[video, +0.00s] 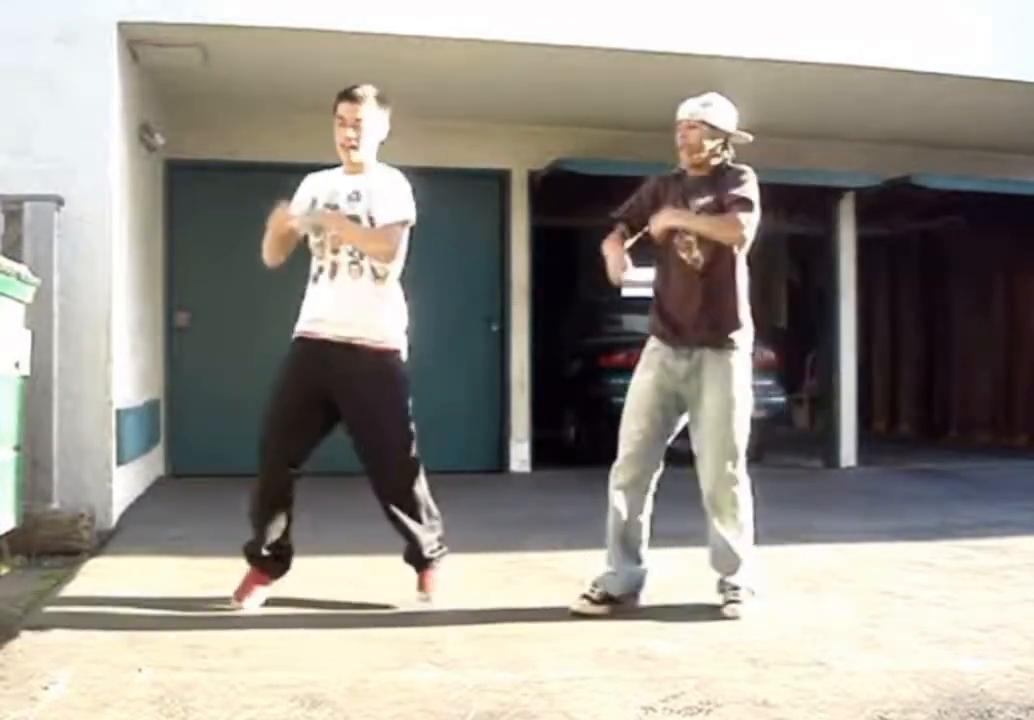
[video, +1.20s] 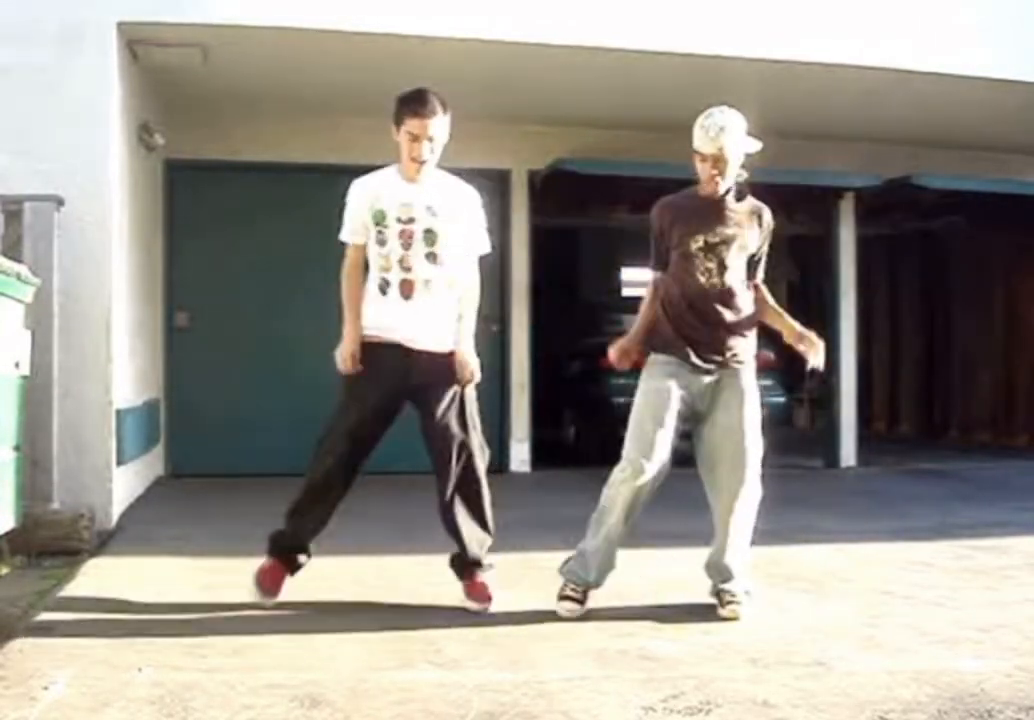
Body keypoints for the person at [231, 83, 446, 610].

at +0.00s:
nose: (349, 134)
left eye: (360, 125)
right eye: (343, 124)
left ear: (381, 130)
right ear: (334, 127)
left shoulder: (391, 186)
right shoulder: (314, 186)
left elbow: (388, 250)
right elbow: (274, 258)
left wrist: (327, 221)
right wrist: (279, 230)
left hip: (375, 351)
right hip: (314, 344)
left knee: (394, 466)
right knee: (277, 453)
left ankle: (427, 556)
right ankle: (266, 562)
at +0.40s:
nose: (342, 125)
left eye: (352, 117)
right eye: (335, 116)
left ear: (370, 124)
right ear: (323, 122)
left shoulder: (386, 183)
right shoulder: (307, 186)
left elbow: (390, 258)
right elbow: (293, 270)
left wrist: (317, 242)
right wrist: (286, 246)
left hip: (366, 349)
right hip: (307, 342)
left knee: (383, 470)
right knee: (274, 453)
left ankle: (419, 564)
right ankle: (269, 565)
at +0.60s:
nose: (385, 134)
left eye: (393, 125)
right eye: (376, 123)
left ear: (403, 128)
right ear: (356, 124)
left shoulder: (419, 177)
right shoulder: (329, 176)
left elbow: (488, 215)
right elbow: (276, 196)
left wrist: (466, 176)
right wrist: (244, 198)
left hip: (400, 337)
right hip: (341, 334)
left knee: (419, 455)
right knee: (309, 452)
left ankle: (442, 562)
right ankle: (280, 573)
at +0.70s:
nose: (413, 133)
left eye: (423, 125)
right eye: (406, 122)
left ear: (433, 128)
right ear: (385, 121)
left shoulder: (449, 182)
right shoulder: (362, 175)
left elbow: (502, 244)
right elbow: (317, 228)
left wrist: (490, 190)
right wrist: (289, 189)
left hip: (417, 341)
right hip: (358, 334)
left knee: (437, 463)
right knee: (325, 450)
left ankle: (478, 544)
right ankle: (290, 566)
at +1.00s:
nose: (443, 162)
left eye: (453, 153)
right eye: (435, 150)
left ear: (467, 155)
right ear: (420, 148)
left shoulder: (484, 212)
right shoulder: (394, 203)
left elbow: (542, 267)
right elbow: (346, 262)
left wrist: (545, 240)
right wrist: (316, 213)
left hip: (454, 370)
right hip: (391, 360)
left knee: (474, 478)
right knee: (351, 472)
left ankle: (496, 568)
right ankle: (303, 580)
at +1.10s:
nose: (433, 134)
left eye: (443, 125)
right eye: (425, 122)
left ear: (459, 125)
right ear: (409, 118)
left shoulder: (477, 183)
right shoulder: (381, 171)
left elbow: (515, 242)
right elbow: (355, 230)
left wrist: (519, 300)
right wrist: (328, 263)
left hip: (446, 332)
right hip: (384, 321)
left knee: (462, 444)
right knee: (347, 429)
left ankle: (487, 547)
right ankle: (315, 546)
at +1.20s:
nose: (420, 147)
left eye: (430, 138)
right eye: (412, 136)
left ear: (444, 139)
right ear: (397, 133)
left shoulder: (463, 198)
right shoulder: (367, 191)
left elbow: (470, 275)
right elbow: (354, 264)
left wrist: (467, 342)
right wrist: (351, 329)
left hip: (442, 348)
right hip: (380, 345)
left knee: (464, 456)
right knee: (341, 451)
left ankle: (473, 564)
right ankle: (287, 553)